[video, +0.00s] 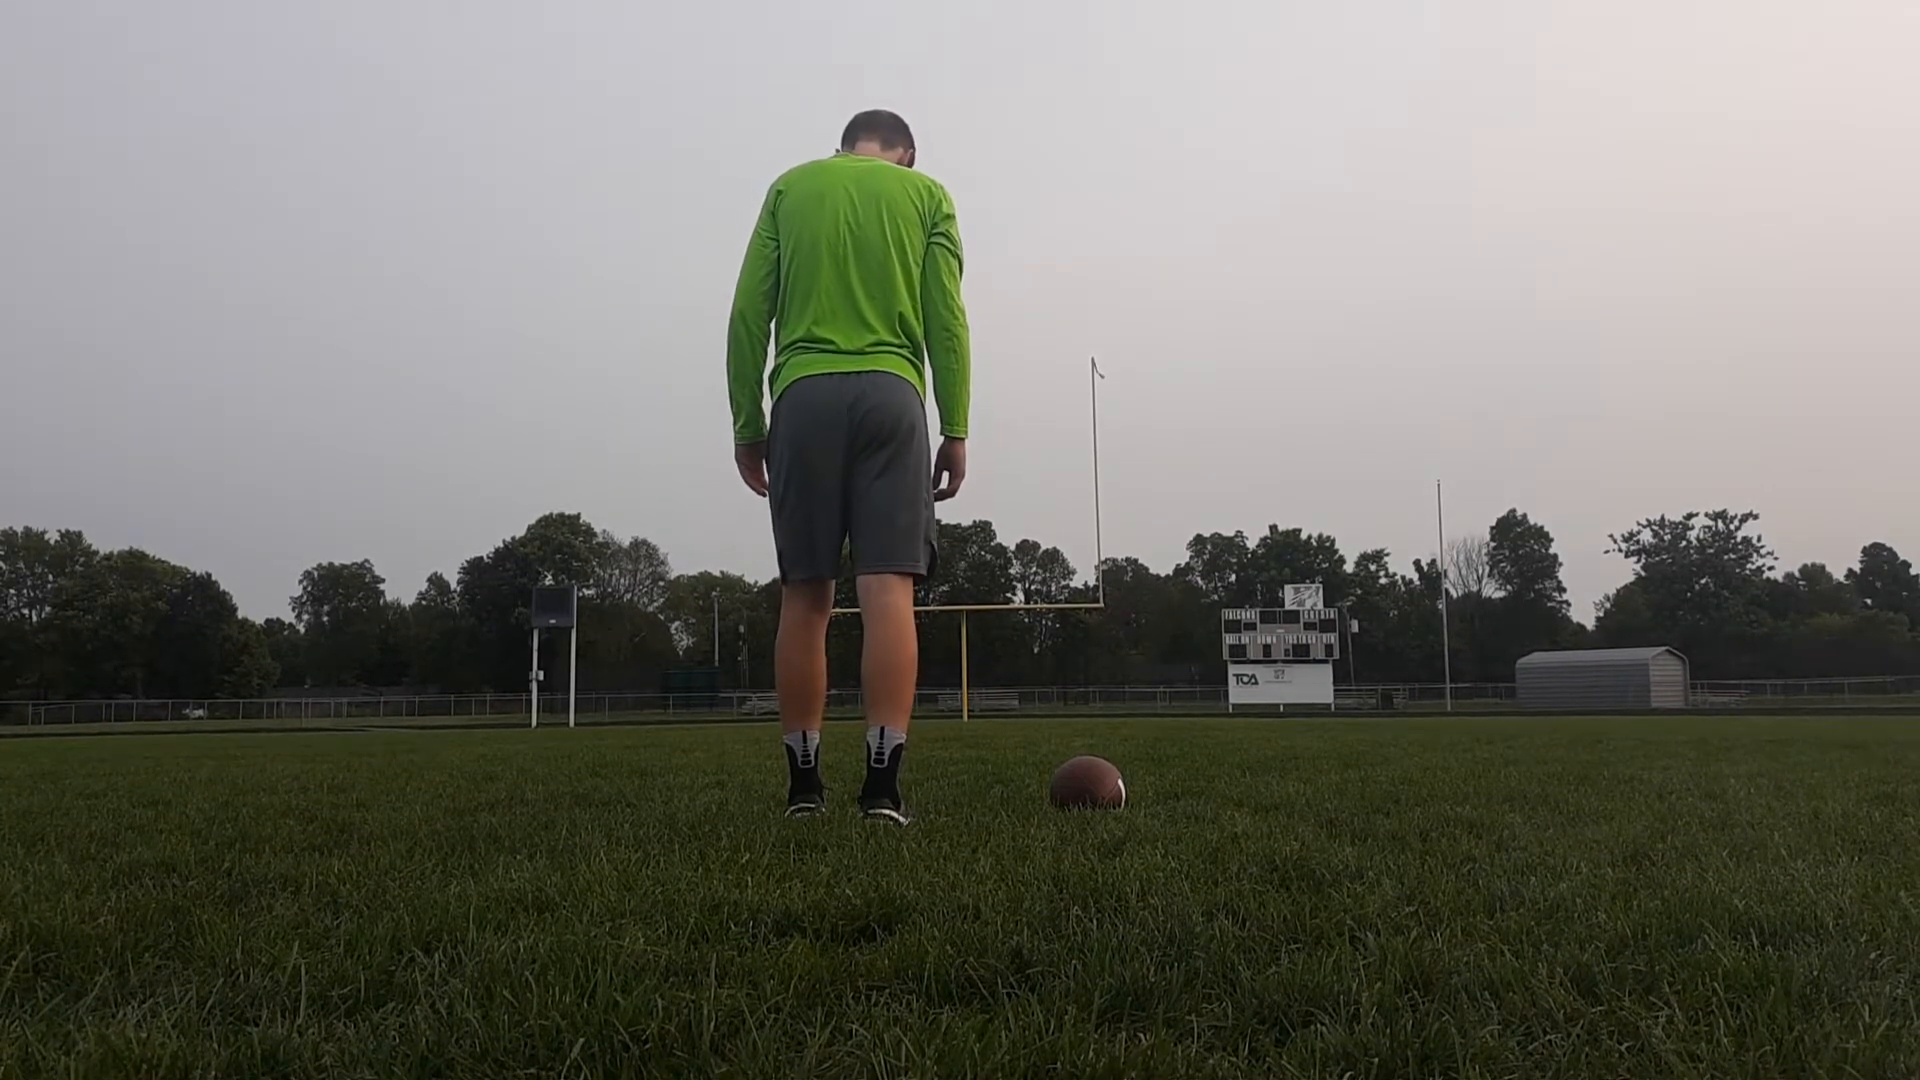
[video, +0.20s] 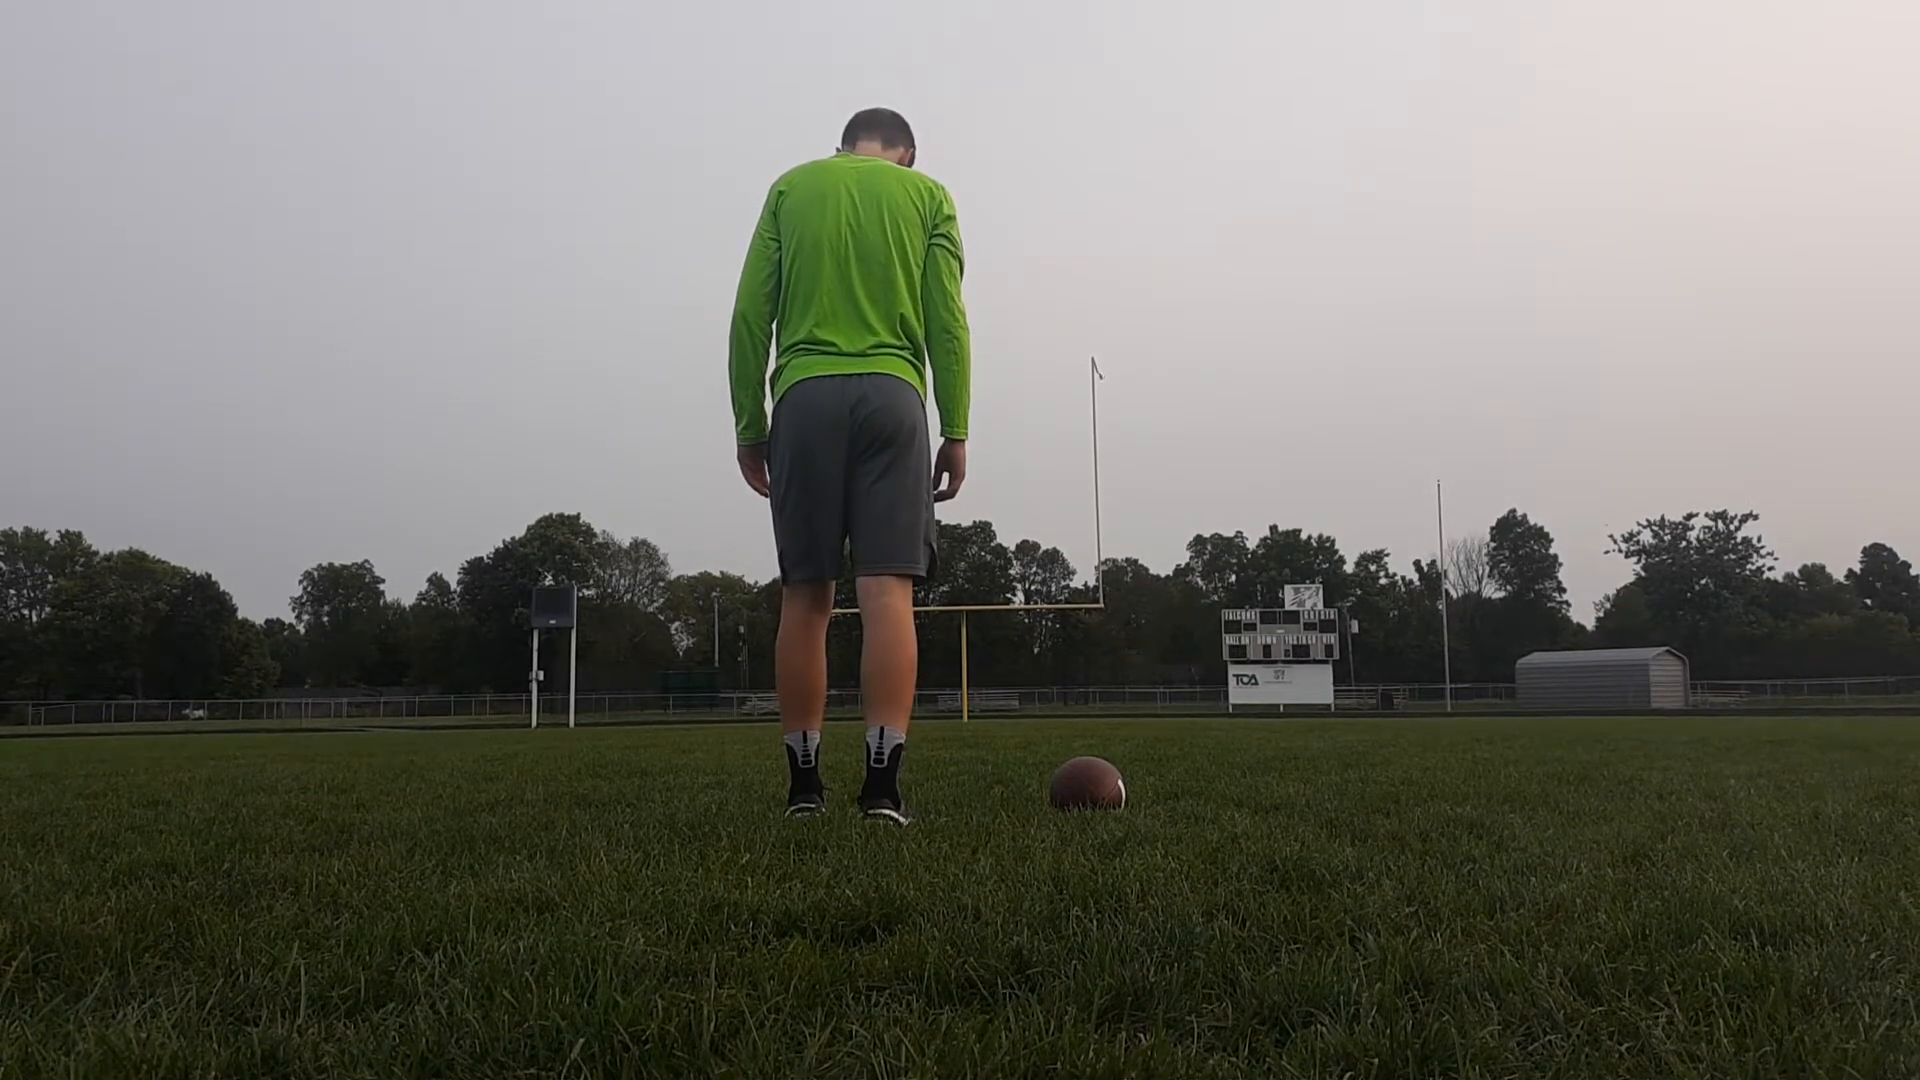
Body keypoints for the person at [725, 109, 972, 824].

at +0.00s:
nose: (910, 174)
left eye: (905, 164)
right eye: (911, 164)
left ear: (844, 145)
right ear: (904, 152)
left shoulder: (790, 184)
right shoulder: (925, 192)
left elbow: (749, 310)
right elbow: (945, 314)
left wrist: (748, 425)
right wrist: (956, 428)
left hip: (804, 395)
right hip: (891, 394)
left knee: (805, 595)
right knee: (888, 591)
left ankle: (804, 785)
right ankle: (883, 791)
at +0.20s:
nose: (910, 174)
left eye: (906, 165)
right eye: (912, 163)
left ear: (844, 144)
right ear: (905, 151)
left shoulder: (792, 184)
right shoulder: (926, 193)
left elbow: (750, 310)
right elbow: (946, 317)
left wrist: (750, 427)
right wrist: (956, 429)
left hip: (806, 396)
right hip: (892, 395)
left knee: (806, 594)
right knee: (888, 591)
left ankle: (804, 786)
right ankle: (882, 789)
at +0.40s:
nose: (910, 172)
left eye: (905, 164)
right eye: (912, 162)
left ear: (843, 143)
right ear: (905, 150)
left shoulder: (791, 184)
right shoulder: (927, 193)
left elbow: (751, 310)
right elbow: (946, 315)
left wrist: (751, 427)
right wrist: (956, 429)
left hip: (806, 396)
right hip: (893, 396)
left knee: (806, 593)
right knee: (888, 590)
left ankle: (805, 786)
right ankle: (882, 790)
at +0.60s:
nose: (912, 168)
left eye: (907, 159)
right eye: (914, 157)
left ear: (846, 139)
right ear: (907, 146)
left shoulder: (792, 184)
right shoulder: (929, 190)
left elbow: (751, 310)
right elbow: (949, 313)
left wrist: (752, 426)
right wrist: (960, 428)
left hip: (808, 397)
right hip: (894, 396)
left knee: (807, 593)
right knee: (889, 591)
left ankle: (804, 785)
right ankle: (882, 789)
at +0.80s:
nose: (922, 165)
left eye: (918, 156)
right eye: (924, 154)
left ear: (856, 133)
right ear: (917, 141)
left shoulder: (799, 179)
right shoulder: (936, 186)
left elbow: (753, 306)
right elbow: (956, 307)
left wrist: (755, 422)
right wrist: (968, 425)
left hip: (811, 397)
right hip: (899, 398)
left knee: (812, 593)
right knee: (893, 593)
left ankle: (804, 785)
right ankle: (882, 792)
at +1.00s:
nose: (938, 156)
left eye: (933, 146)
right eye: (941, 145)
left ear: (871, 121)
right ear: (932, 132)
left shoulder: (812, 162)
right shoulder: (952, 174)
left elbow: (759, 287)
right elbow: (977, 300)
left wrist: (749, 408)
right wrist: (991, 420)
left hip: (814, 387)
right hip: (907, 390)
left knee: (802, 584)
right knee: (900, 590)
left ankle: (795, 781)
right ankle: (883, 792)